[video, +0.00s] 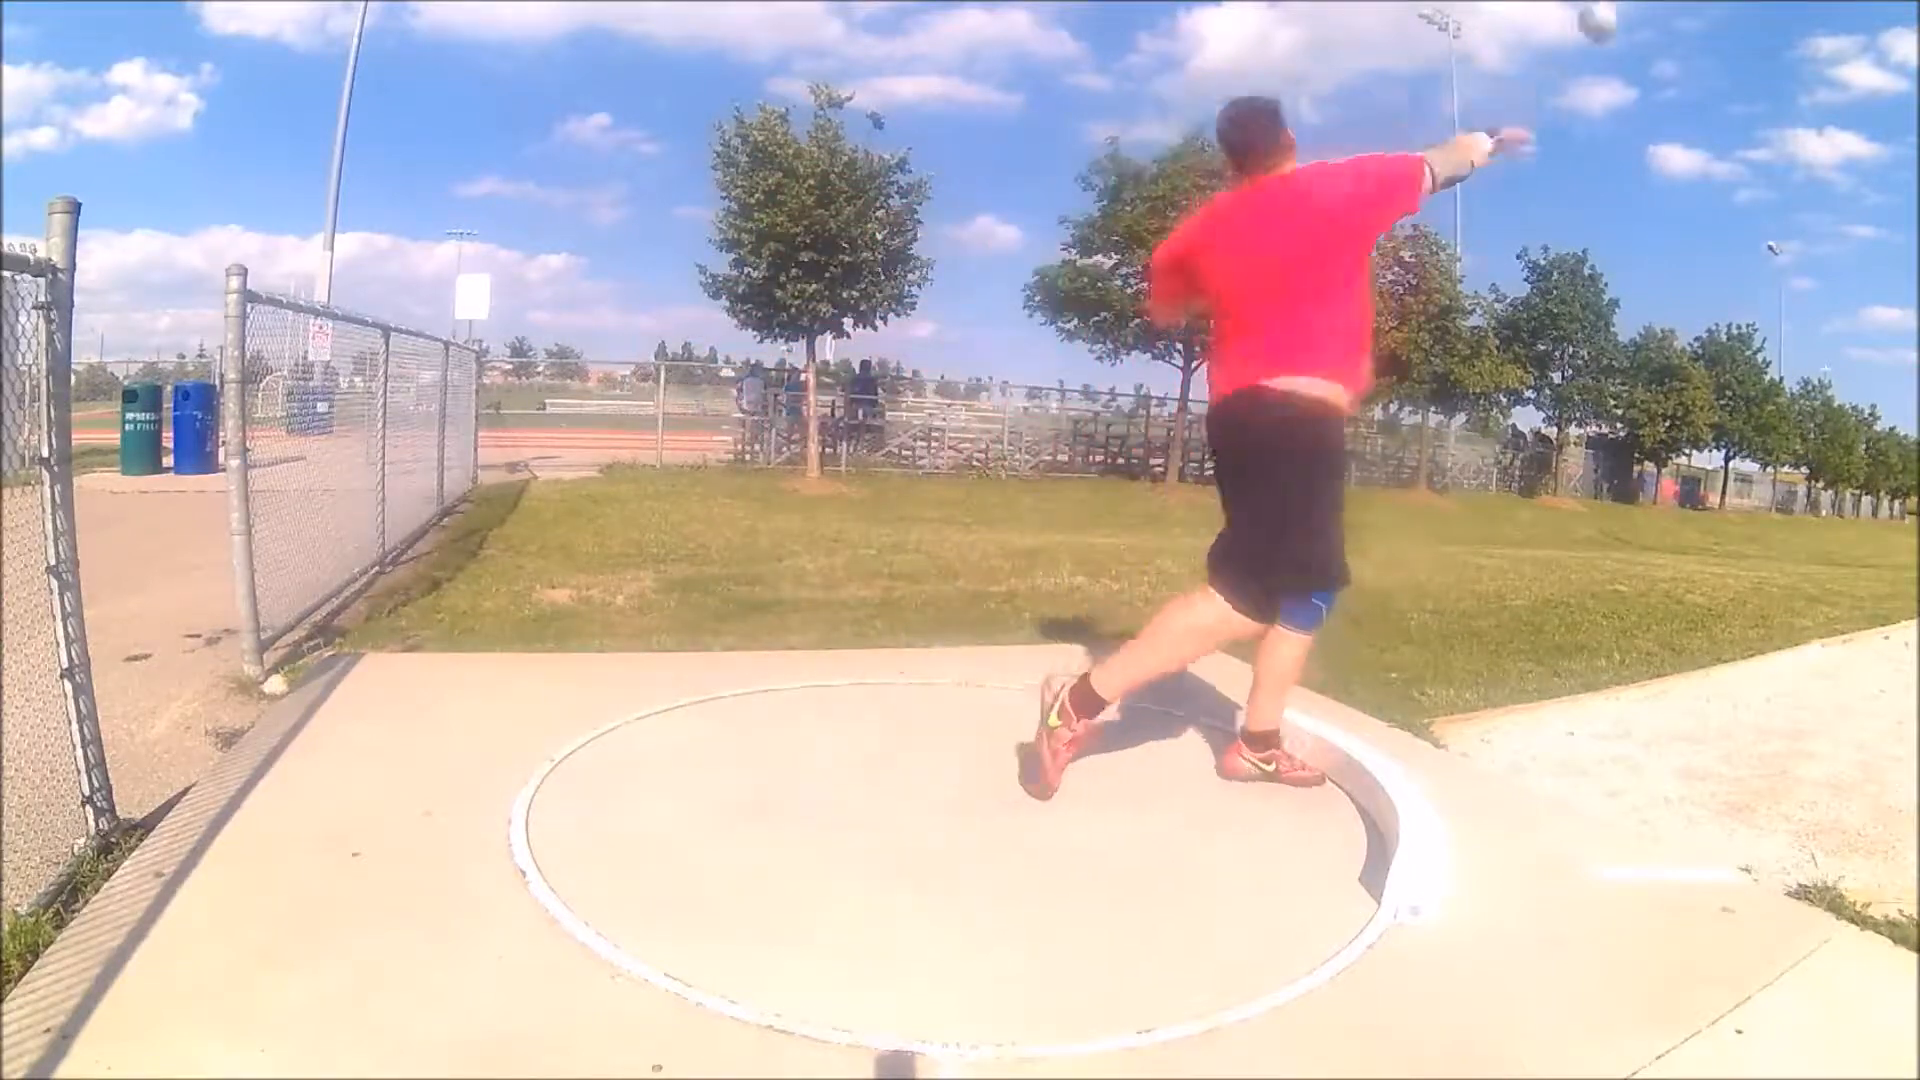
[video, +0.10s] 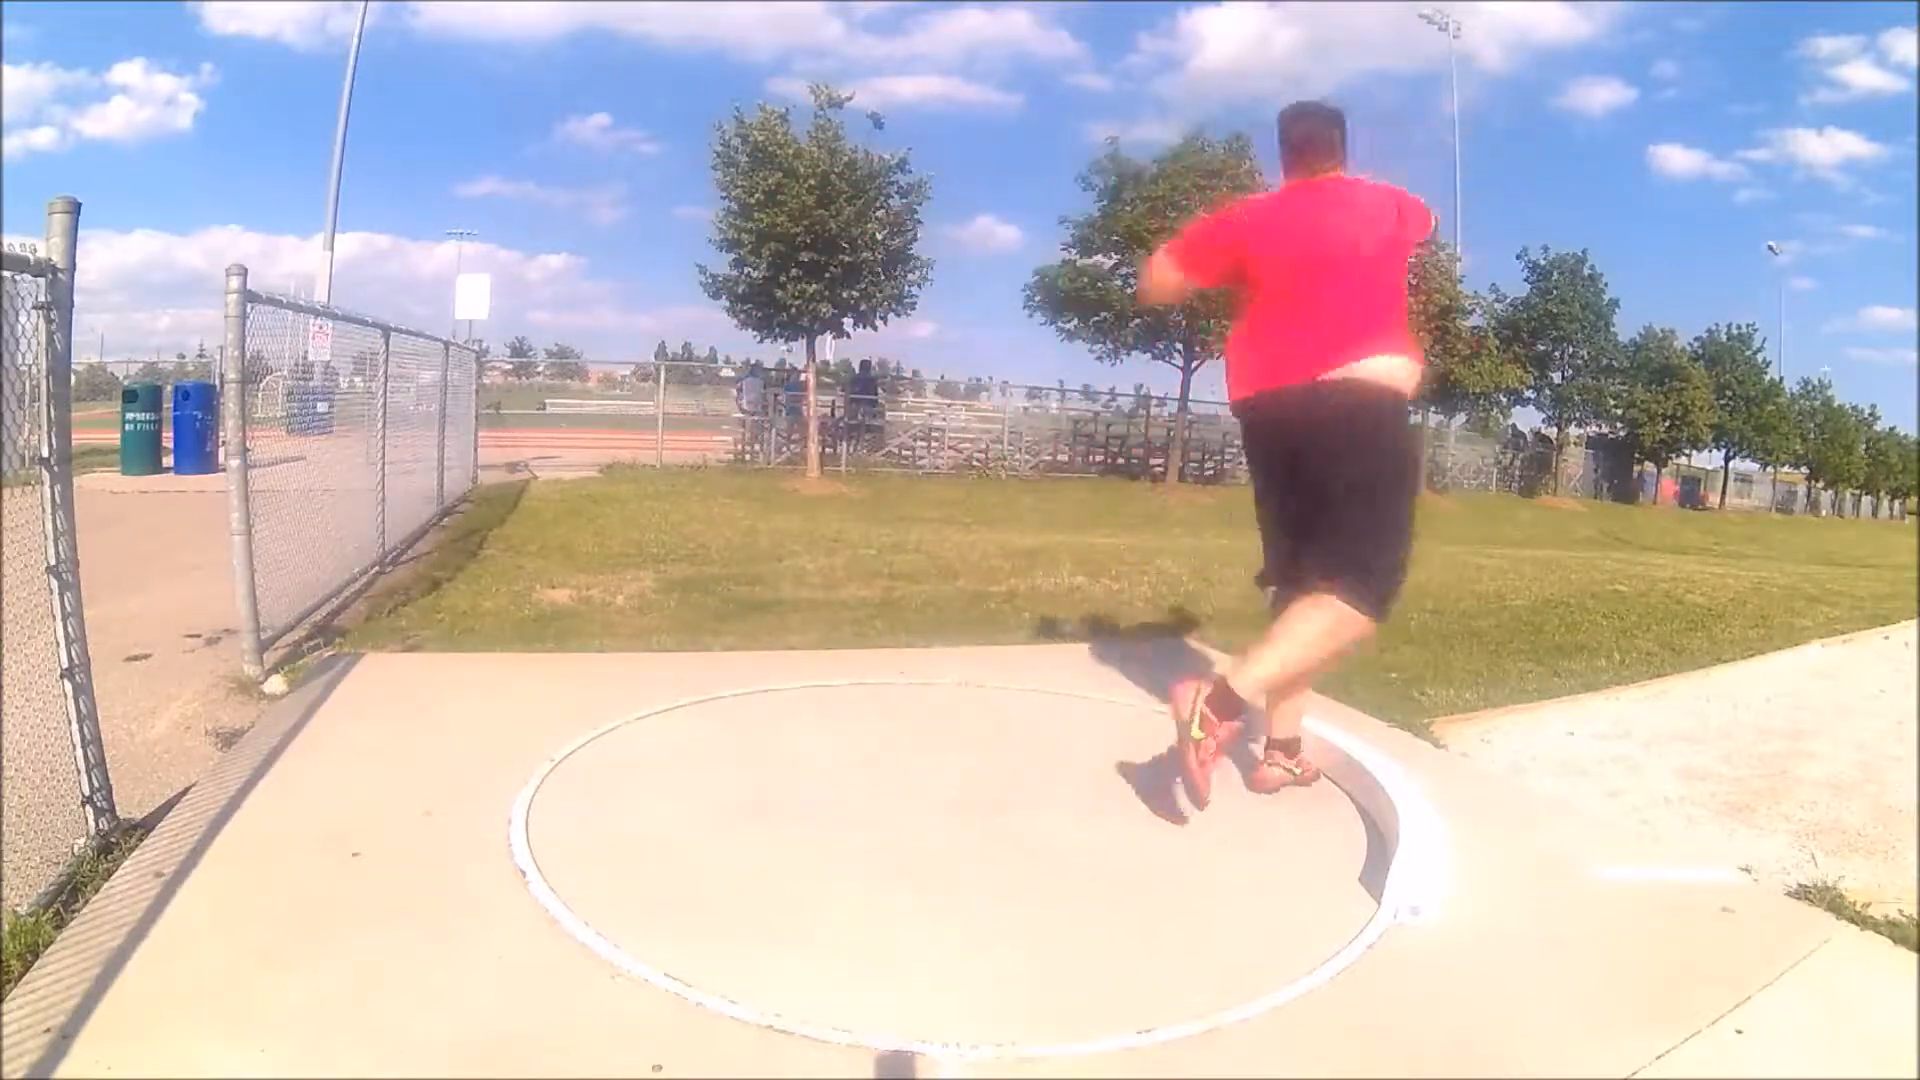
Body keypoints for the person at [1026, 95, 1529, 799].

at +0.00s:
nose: (1290, 154)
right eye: (1292, 143)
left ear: (1229, 159)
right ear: (1290, 144)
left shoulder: (1206, 225)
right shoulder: (1337, 187)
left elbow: (1162, 307)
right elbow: (1443, 162)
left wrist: (1225, 286)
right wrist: (1484, 142)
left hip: (1240, 418)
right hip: (1306, 420)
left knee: (1309, 585)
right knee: (1248, 595)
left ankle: (1259, 741)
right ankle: (1081, 699)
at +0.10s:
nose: (1308, 158)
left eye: (1293, 150)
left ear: (1284, 157)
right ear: (1343, 153)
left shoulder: (1251, 217)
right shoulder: (1385, 202)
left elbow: (1156, 283)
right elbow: (1427, 223)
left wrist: (1217, 262)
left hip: (1270, 412)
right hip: (1364, 408)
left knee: (1297, 580)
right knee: (1357, 595)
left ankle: (1284, 751)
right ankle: (1225, 696)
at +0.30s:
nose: (1334, 191)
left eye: (1338, 180)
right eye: (1339, 181)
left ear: (1350, 178)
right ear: (1402, 183)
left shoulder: (1368, 230)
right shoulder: (1399, 240)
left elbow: (1308, 271)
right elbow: (1307, 308)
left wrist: (1212, 255)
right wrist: (1244, 344)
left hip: (1375, 450)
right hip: (1464, 435)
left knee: (1351, 609)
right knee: (1497, 582)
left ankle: (1330, 767)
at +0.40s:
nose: (1368, 208)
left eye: (1373, 196)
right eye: (1371, 198)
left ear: (1390, 195)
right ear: (1431, 197)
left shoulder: (1435, 246)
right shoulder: (1386, 267)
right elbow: (1317, 304)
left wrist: (1289, 276)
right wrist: (1250, 330)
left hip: (1411, 462)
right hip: (1493, 450)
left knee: (1374, 616)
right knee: (1541, 590)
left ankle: (1332, 769)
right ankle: (1640, 712)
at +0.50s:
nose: (1413, 223)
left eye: (1419, 212)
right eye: (1417, 213)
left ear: (1440, 211)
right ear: (1475, 214)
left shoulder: (1489, 260)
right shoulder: (1412, 280)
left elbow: (1518, 308)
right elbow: (1355, 307)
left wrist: (1415, 323)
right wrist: (1306, 312)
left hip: (1447, 472)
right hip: (1522, 468)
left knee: (1401, 614)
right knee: (1555, 605)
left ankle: (1337, 766)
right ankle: (1604, 740)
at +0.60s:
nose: (1465, 243)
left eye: (1470, 233)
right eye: (1467, 234)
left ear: (1490, 232)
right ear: (1524, 234)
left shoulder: (1550, 293)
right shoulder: (1465, 294)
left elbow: (1579, 353)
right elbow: (1423, 316)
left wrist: (1533, 391)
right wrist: (1386, 318)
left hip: (1486, 485)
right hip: (1550, 491)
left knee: (1419, 614)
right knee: (1542, 621)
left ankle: (1342, 757)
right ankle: (1577, 756)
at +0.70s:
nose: (1509, 246)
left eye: (1512, 234)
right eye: (1510, 236)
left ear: (1529, 231)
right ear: (1565, 235)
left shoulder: (1582, 294)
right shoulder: (1510, 292)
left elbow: (1611, 377)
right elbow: (1467, 315)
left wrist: (1581, 461)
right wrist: (1440, 332)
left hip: (1503, 472)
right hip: (1564, 488)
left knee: (1424, 591)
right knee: (1550, 618)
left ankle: (1351, 715)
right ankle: (1577, 754)